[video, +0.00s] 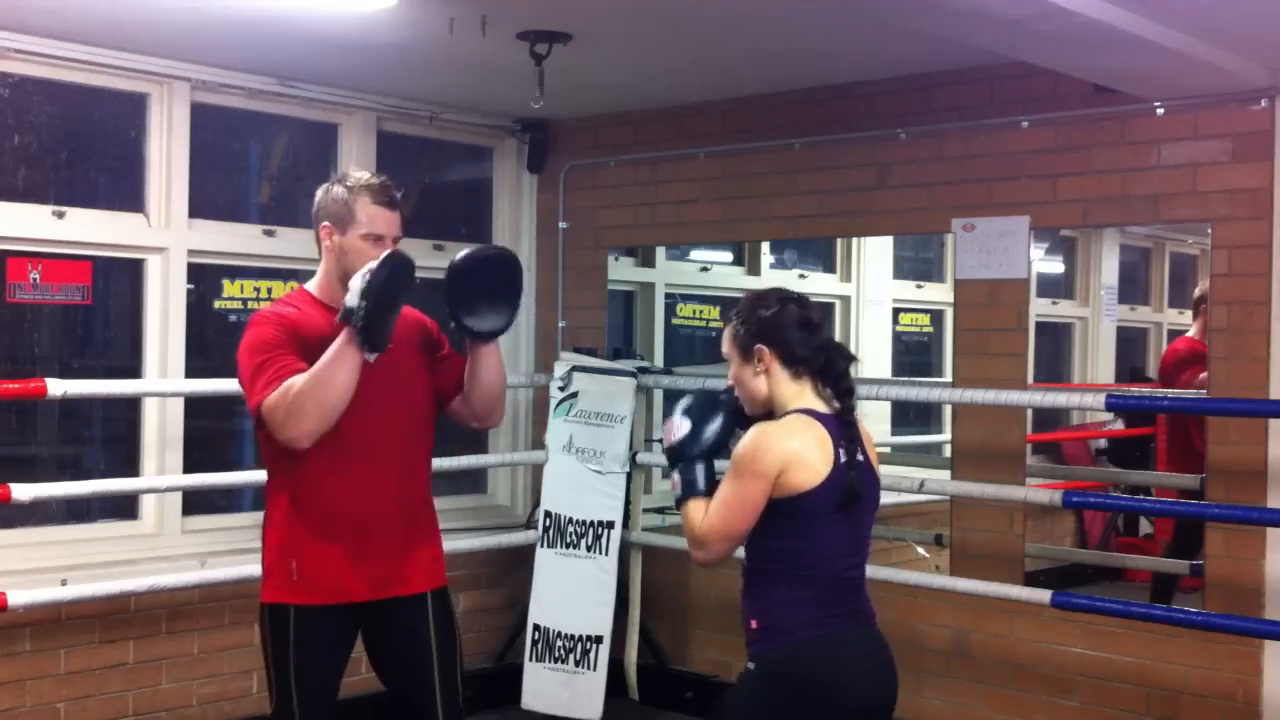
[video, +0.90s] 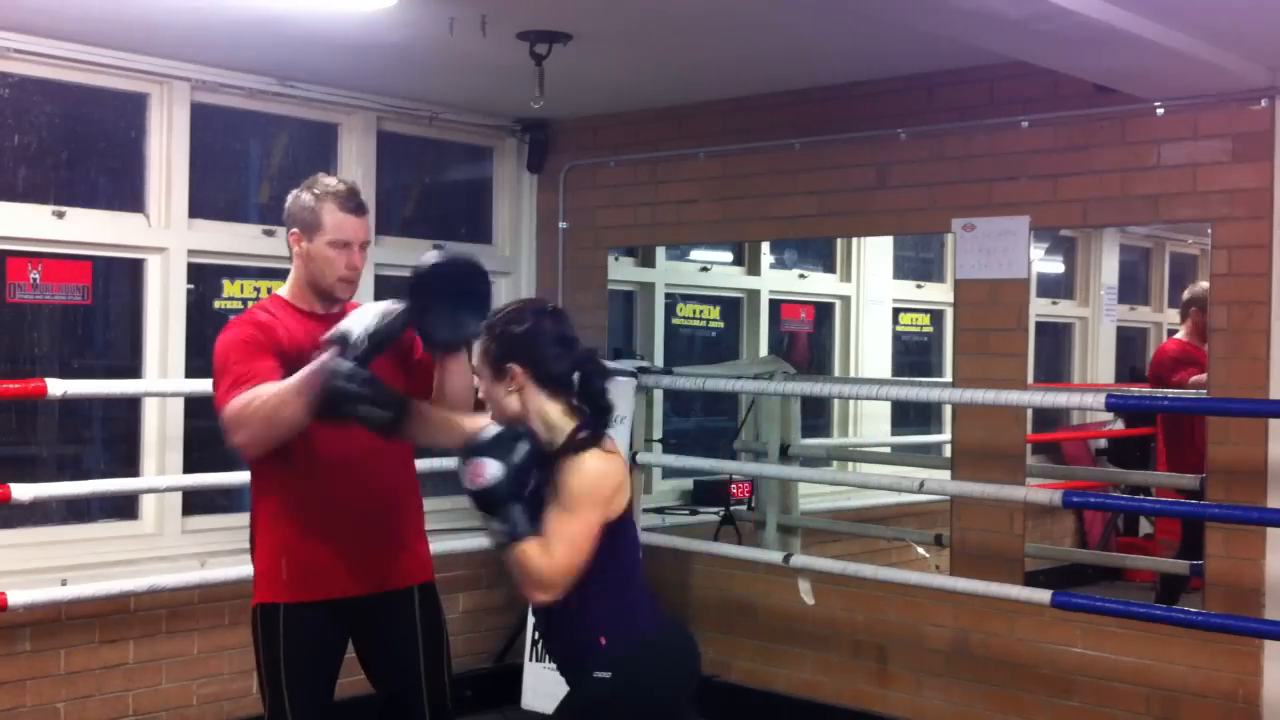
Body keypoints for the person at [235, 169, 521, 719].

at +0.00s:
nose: (388, 255)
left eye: (396, 242)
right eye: (374, 239)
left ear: (404, 244)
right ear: (328, 237)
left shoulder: (415, 328)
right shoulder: (275, 326)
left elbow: (484, 413)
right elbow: (295, 425)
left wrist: (483, 330)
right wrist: (360, 326)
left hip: (409, 573)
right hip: (309, 579)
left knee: (440, 708)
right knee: (302, 712)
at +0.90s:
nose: (355, 262)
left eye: (363, 247)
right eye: (340, 246)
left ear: (371, 245)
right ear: (297, 243)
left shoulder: (384, 328)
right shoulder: (250, 332)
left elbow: (458, 416)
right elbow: (246, 433)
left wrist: (453, 335)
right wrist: (339, 353)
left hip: (399, 578)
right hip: (299, 587)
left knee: (428, 708)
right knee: (297, 711)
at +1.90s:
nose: (421, 258)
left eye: (428, 244)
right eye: (407, 242)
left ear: (434, 246)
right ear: (363, 240)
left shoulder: (429, 339)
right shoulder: (316, 334)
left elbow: (449, 442)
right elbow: (345, 430)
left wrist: (468, 522)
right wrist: (392, 337)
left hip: (420, 583)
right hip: (328, 587)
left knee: (452, 708)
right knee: (315, 711)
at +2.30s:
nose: (400, 259)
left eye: (408, 243)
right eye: (384, 240)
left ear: (415, 243)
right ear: (342, 237)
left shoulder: (441, 329)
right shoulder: (277, 329)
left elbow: (481, 436)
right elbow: (207, 439)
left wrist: (477, 504)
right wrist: (293, 406)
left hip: (419, 576)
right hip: (314, 578)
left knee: (445, 708)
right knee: (301, 712)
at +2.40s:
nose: (382, 266)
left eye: (391, 250)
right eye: (367, 249)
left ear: (400, 247)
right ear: (325, 242)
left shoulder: (430, 326)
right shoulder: (267, 342)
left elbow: (513, 399)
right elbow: (234, 462)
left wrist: (458, 459)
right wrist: (332, 453)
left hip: (410, 579)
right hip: (303, 585)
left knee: (438, 709)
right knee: (292, 712)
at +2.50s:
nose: (377, 273)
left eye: (386, 256)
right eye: (361, 257)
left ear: (394, 247)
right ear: (319, 248)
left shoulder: (426, 319)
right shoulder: (267, 348)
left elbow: (533, 370)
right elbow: (266, 475)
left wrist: (456, 423)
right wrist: (376, 456)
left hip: (409, 579)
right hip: (304, 587)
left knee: (428, 710)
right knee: (293, 711)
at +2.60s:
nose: (382, 280)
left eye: (391, 263)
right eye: (366, 265)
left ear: (399, 251)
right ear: (324, 255)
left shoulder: (433, 317)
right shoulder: (275, 349)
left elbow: (541, 364)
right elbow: (268, 477)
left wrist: (465, 424)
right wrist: (377, 454)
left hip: (415, 585)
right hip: (311, 591)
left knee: (429, 711)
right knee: (299, 711)